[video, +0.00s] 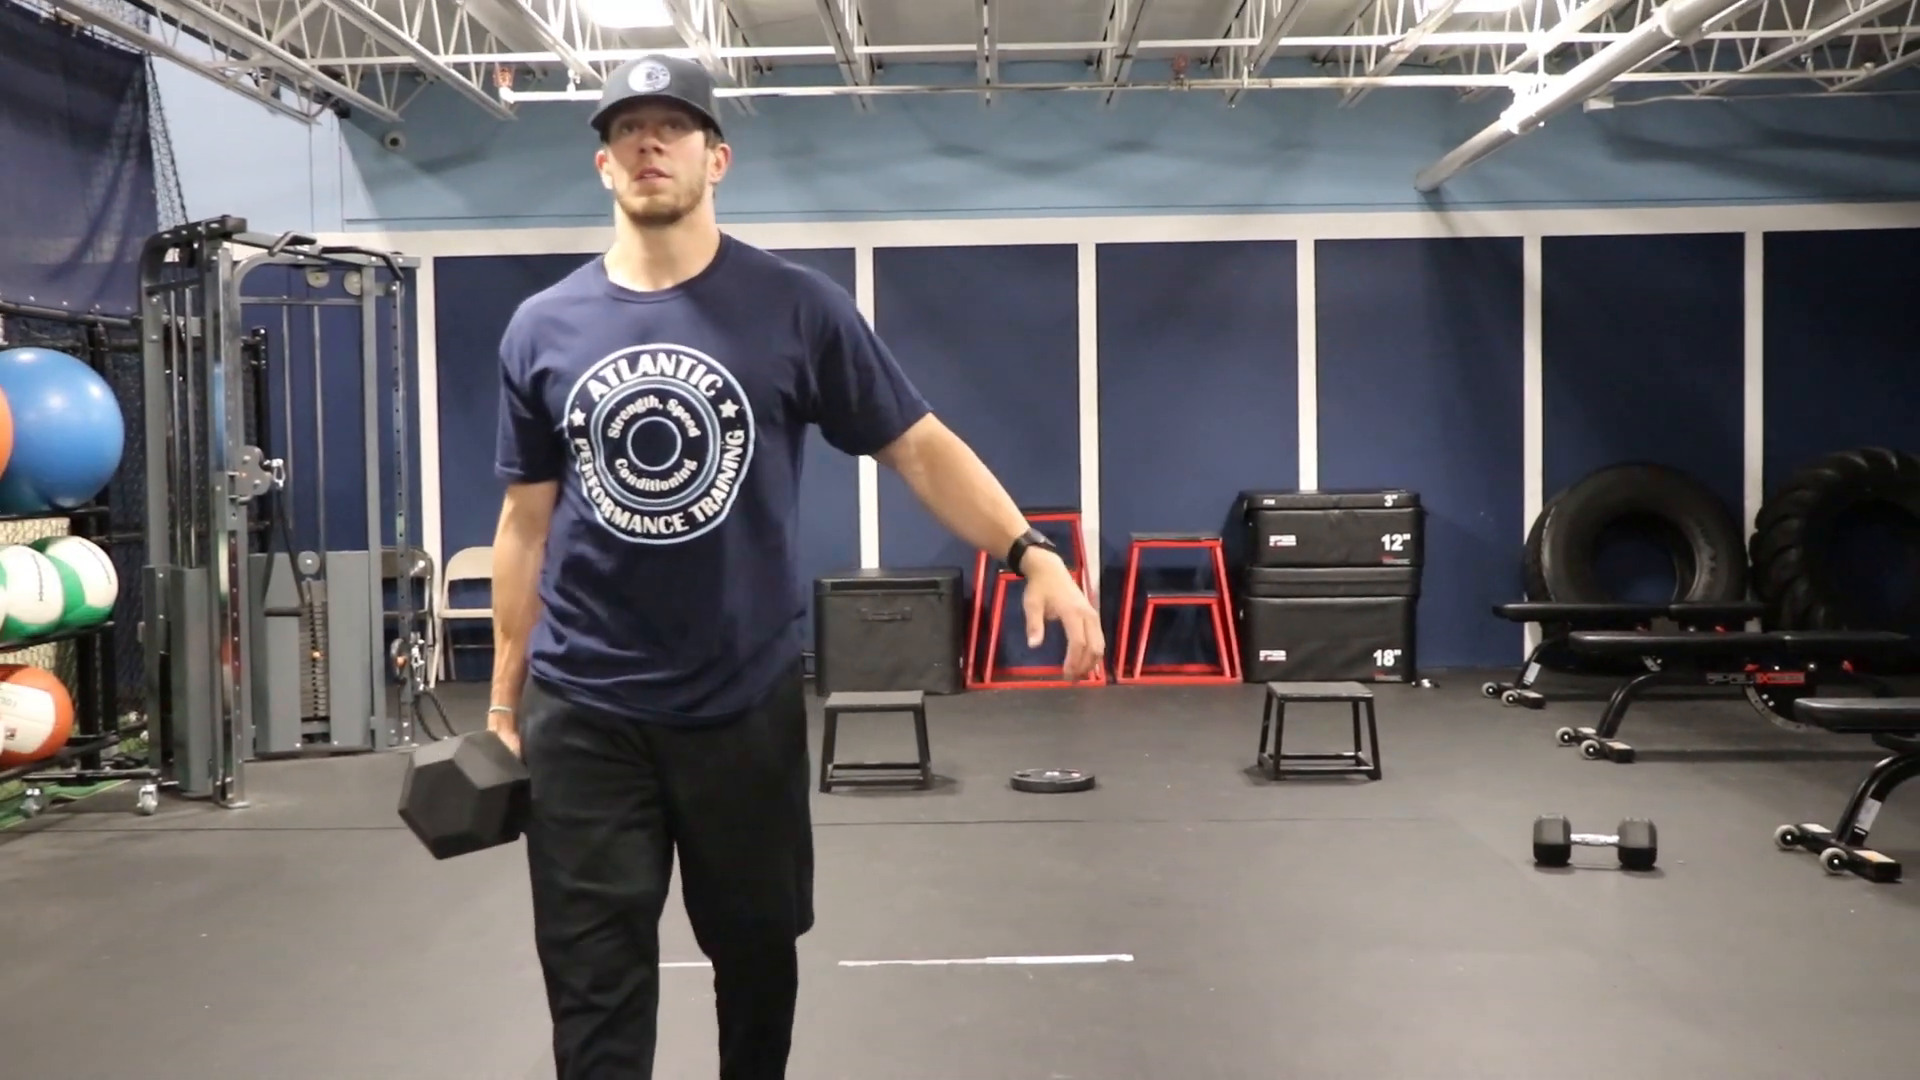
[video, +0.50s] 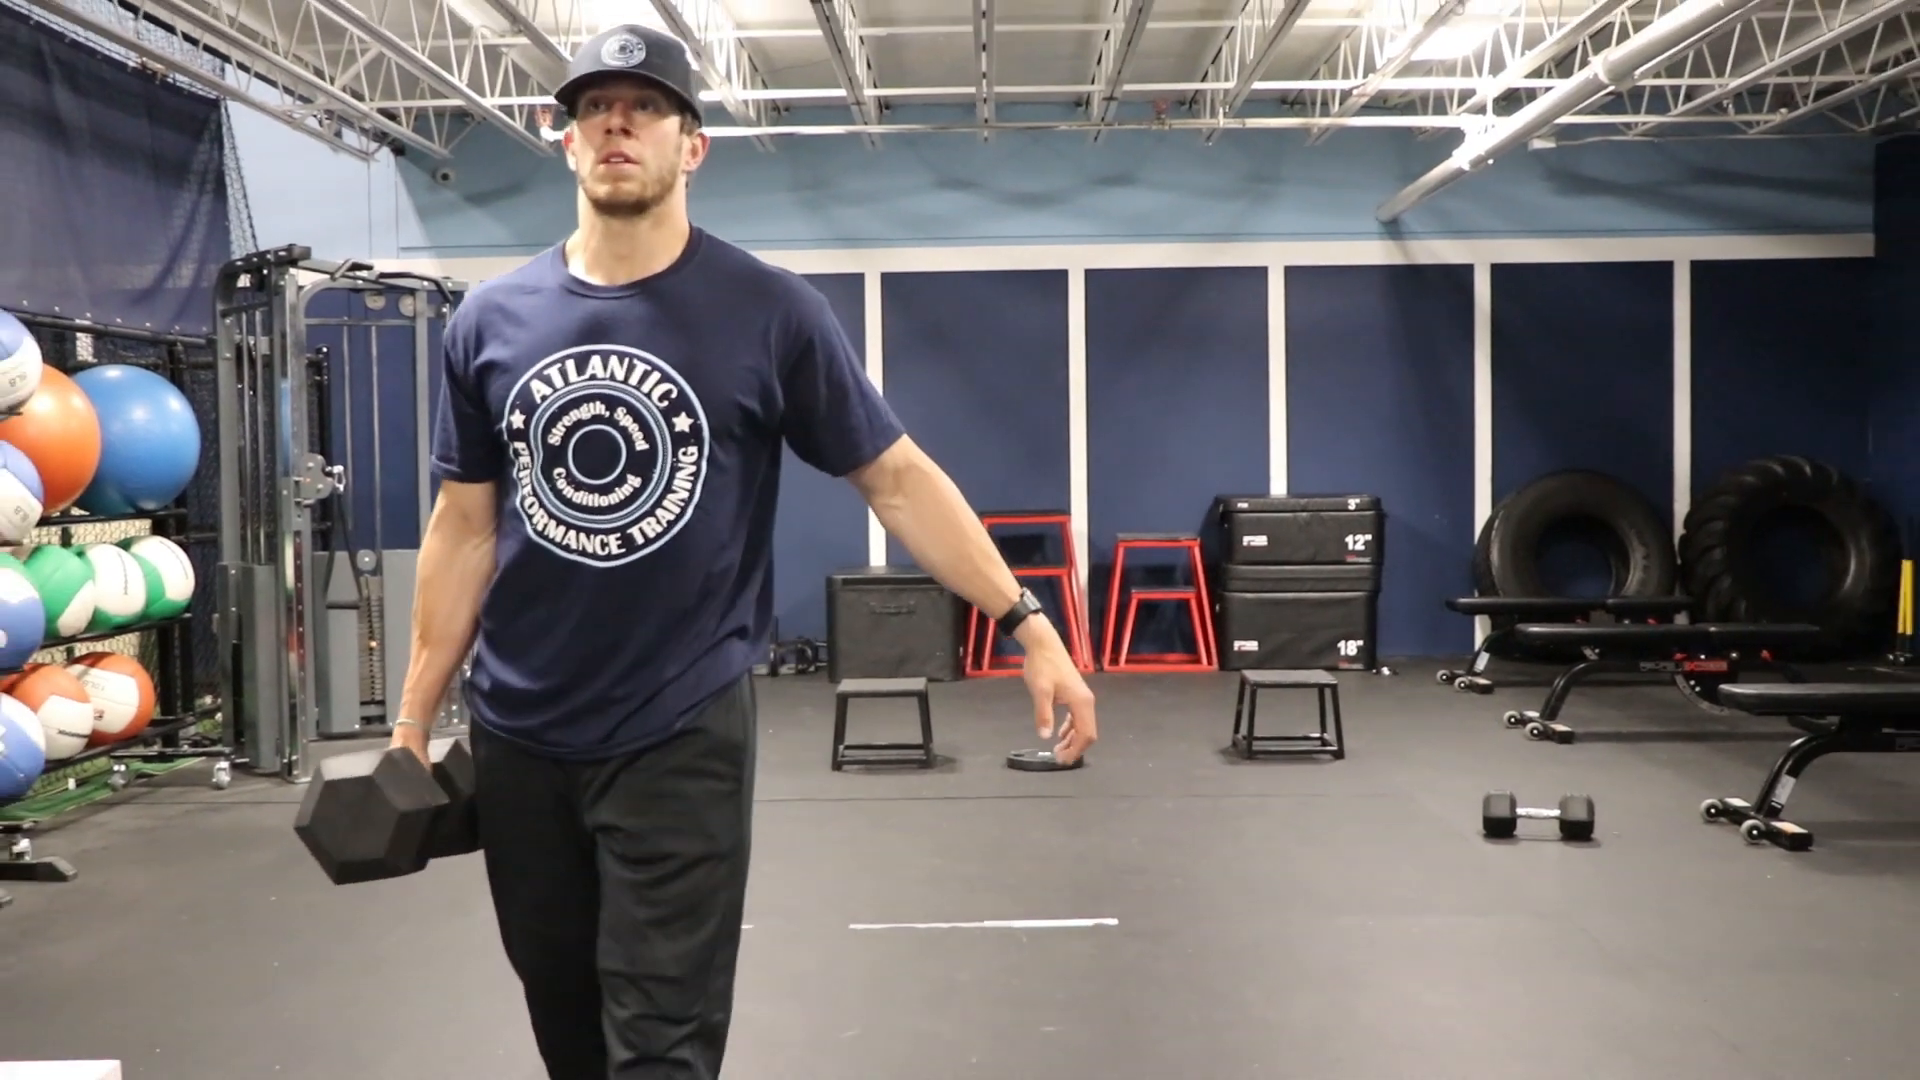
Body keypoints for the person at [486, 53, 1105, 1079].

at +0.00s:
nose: (648, 149)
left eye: (672, 130)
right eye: (627, 135)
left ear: (717, 159)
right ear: (603, 166)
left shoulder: (797, 308)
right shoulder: (542, 329)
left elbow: (922, 448)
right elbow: (523, 526)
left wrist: (1036, 559)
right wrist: (504, 711)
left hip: (742, 700)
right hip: (582, 701)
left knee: (755, 966)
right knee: (592, 993)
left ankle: (753, 1076)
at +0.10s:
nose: (623, 138)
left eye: (647, 116)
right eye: (601, 121)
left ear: (693, 142)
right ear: (578, 151)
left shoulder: (778, 297)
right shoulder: (517, 321)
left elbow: (907, 444)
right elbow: (502, 521)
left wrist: (1034, 572)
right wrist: (482, 714)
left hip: (729, 702)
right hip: (566, 708)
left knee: (759, 972)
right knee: (584, 1006)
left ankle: (752, 1075)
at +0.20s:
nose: (610, 128)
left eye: (636, 107)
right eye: (590, 110)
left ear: (684, 137)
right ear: (566, 140)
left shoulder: (767, 291)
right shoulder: (502, 312)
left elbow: (893, 445)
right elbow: (485, 516)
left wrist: (1021, 582)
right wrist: (461, 717)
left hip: (719, 700)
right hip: (554, 710)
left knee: (746, 990)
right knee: (583, 1012)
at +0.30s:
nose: (608, 124)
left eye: (633, 104)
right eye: (587, 106)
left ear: (681, 136)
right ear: (560, 135)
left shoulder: (765, 295)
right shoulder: (495, 314)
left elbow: (885, 452)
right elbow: (475, 522)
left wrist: (1010, 590)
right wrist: (439, 722)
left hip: (707, 703)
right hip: (543, 711)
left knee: (706, 997)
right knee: (583, 1013)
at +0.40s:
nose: (608, 127)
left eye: (634, 107)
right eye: (587, 108)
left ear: (683, 139)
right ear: (558, 136)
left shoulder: (766, 301)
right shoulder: (493, 315)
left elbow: (887, 462)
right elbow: (467, 523)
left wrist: (1014, 606)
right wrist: (424, 720)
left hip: (695, 718)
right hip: (533, 724)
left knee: (680, 1038)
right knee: (582, 1035)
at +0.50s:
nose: (614, 132)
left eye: (642, 112)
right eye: (593, 112)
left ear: (691, 146)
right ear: (564, 139)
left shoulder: (770, 312)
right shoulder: (488, 320)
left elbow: (895, 477)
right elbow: (462, 527)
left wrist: (1031, 626)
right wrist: (410, 730)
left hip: (681, 729)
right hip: (517, 736)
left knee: (659, 1048)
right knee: (570, 1044)